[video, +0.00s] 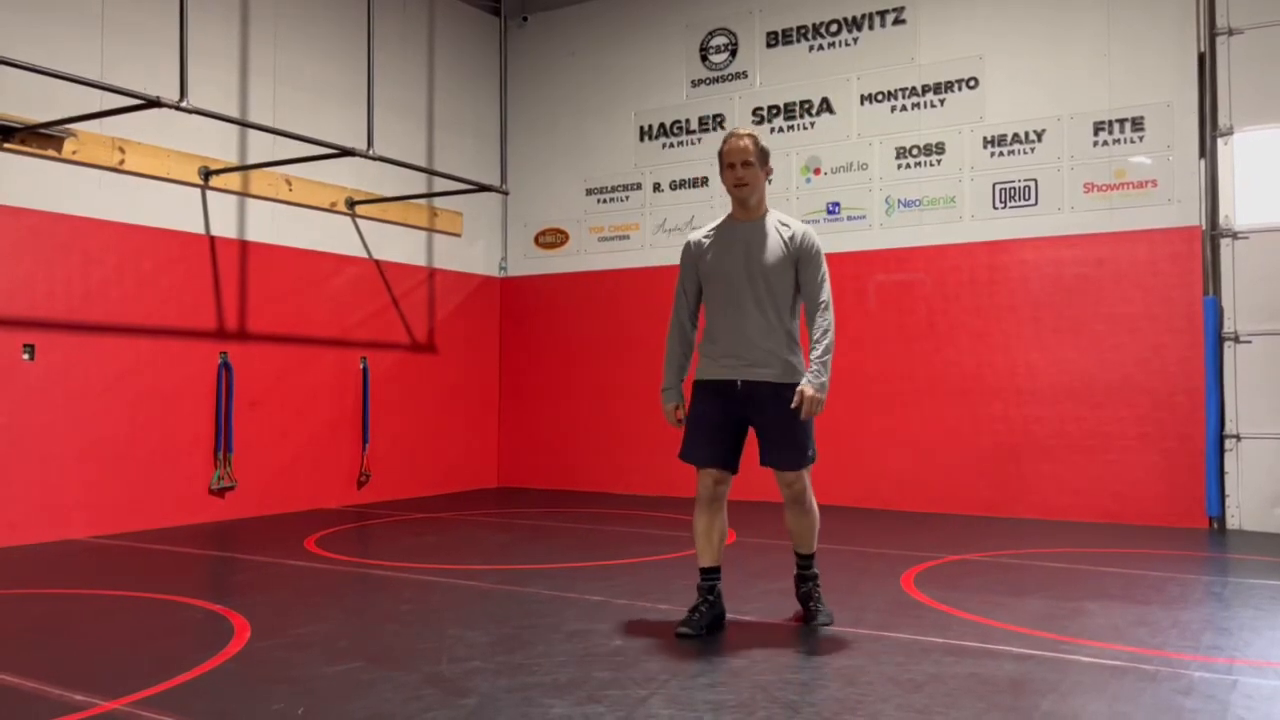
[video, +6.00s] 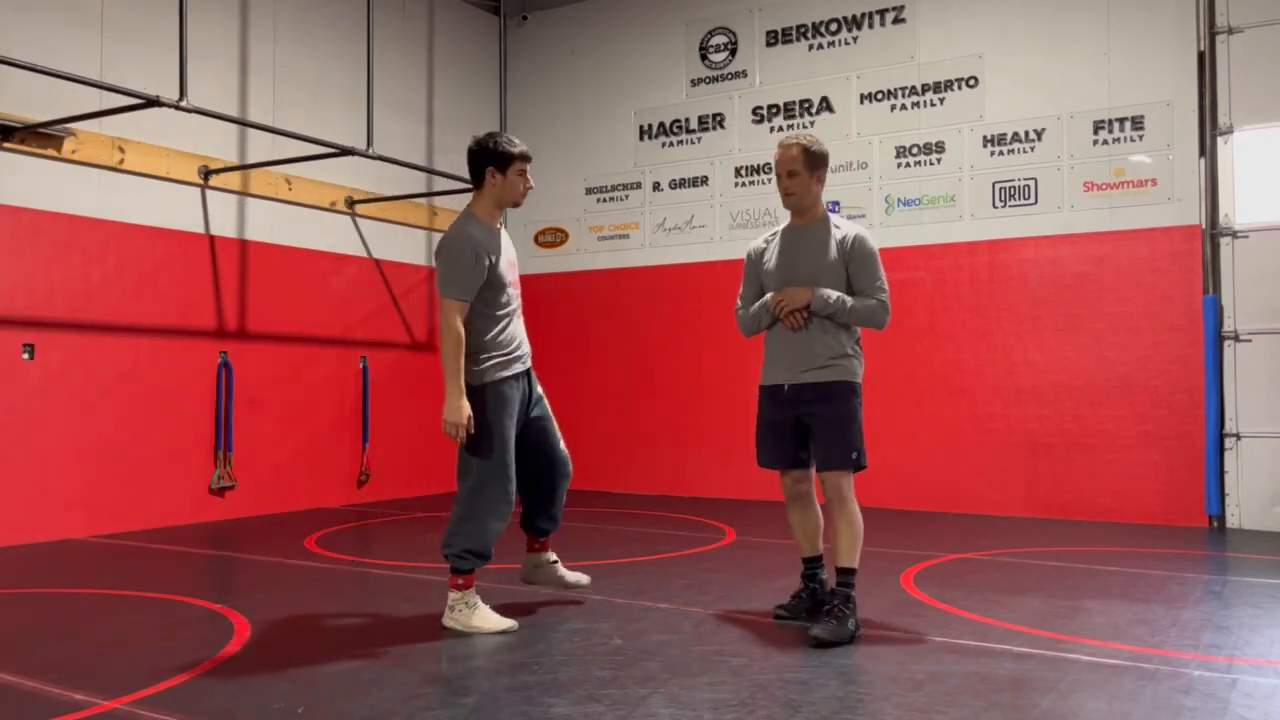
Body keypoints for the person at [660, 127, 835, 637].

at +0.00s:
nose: (737, 173)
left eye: (746, 164)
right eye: (729, 165)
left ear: (766, 170)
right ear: (720, 174)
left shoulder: (798, 239)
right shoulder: (700, 245)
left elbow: (821, 315)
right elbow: (682, 322)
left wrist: (817, 378)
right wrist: (672, 386)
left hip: (780, 386)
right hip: (717, 387)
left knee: (796, 489)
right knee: (710, 488)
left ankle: (808, 585)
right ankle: (709, 601)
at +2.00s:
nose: (711, 188)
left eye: (720, 179)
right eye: (705, 180)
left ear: (742, 184)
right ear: (697, 187)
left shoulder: (771, 246)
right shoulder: (683, 256)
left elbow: (786, 323)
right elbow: (669, 330)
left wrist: (773, 382)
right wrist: (662, 390)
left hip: (755, 386)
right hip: (702, 390)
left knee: (772, 478)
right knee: (713, 482)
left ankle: (792, 586)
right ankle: (726, 584)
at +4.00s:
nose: (727, 172)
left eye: (735, 161)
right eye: (724, 163)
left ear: (768, 159)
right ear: (730, 168)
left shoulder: (812, 224)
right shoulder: (711, 238)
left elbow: (817, 290)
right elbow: (690, 313)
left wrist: (764, 251)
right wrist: (733, 303)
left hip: (789, 381)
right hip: (727, 382)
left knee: (800, 499)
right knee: (733, 493)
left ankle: (810, 587)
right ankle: (740, 612)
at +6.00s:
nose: (783, 184)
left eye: (793, 175)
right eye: (778, 176)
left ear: (820, 178)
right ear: (775, 182)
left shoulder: (852, 243)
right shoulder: (763, 251)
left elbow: (879, 313)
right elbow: (746, 321)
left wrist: (815, 297)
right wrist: (772, 305)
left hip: (834, 381)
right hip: (780, 384)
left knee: (836, 487)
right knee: (796, 487)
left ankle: (844, 602)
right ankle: (814, 587)